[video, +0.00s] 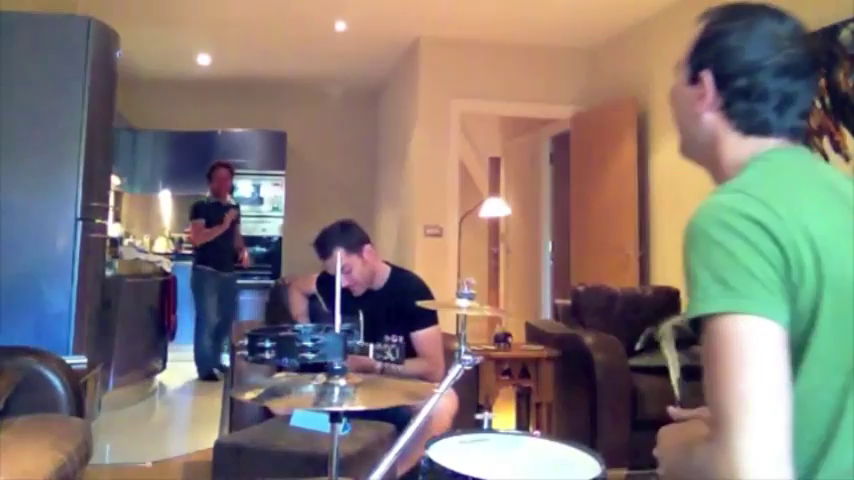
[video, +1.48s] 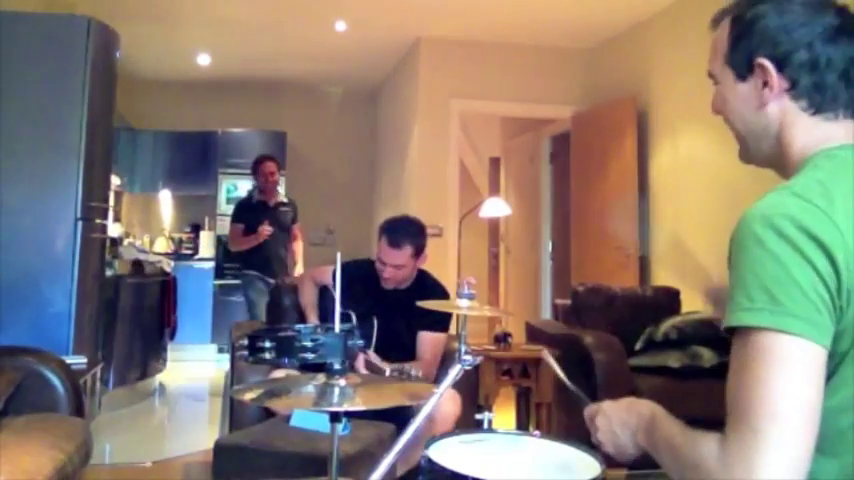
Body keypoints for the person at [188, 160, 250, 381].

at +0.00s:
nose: (222, 183)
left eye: (226, 178)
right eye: (218, 178)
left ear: (231, 182)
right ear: (210, 182)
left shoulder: (233, 209)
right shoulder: (201, 207)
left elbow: (236, 236)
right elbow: (197, 237)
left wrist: (242, 250)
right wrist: (223, 226)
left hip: (228, 270)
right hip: (207, 268)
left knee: (226, 318)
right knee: (209, 318)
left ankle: (216, 359)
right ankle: (204, 366)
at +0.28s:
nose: (223, 183)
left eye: (227, 178)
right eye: (219, 178)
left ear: (232, 181)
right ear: (212, 182)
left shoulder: (238, 208)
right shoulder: (201, 207)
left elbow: (242, 234)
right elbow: (194, 239)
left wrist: (247, 250)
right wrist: (208, 225)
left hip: (235, 272)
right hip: (210, 272)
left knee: (238, 321)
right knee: (209, 321)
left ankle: (235, 366)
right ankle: (205, 367)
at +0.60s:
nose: (234, 181)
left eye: (237, 177)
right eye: (229, 177)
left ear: (243, 179)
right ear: (221, 181)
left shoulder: (252, 208)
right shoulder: (211, 208)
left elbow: (259, 233)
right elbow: (199, 240)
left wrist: (264, 249)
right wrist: (217, 237)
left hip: (245, 276)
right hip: (217, 276)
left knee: (247, 323)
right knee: (213, 324)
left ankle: (244, 367)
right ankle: (207, 367)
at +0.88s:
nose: (250, 179)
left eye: (253, 174)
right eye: (245, 174)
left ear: (259, 177)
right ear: (236, 178)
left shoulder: (268, 205)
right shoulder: (225, 205)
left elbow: (276, 230)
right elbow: (215, 239)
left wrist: (276, 245)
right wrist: (233, 227)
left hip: (261, 275)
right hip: (232, 274)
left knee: (258, 324)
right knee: (227, 323)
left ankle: (256, 367)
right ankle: (213, 365)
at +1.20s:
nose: (262, 178)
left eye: (266, 173)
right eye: (257, 173)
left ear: (272, 175)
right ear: (249, 176)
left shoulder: (281, 204)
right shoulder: (237, 203)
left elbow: (289, 230)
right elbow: (226, 239)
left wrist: (287, 248)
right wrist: (245, 233)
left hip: (273, 271)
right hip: (246, 270)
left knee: (274, 322)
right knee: (254, 323)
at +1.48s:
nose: (269, 179)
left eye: (273, 174)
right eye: (264, 175)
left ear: (279, 175)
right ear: (255, 178)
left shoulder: (288, 206)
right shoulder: (245, 206)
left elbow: (295, 237)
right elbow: (233, 243)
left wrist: (299, 265)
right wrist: (257, 238)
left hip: (283, 276)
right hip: (255, 275)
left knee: (285, 327)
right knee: (260, 326)